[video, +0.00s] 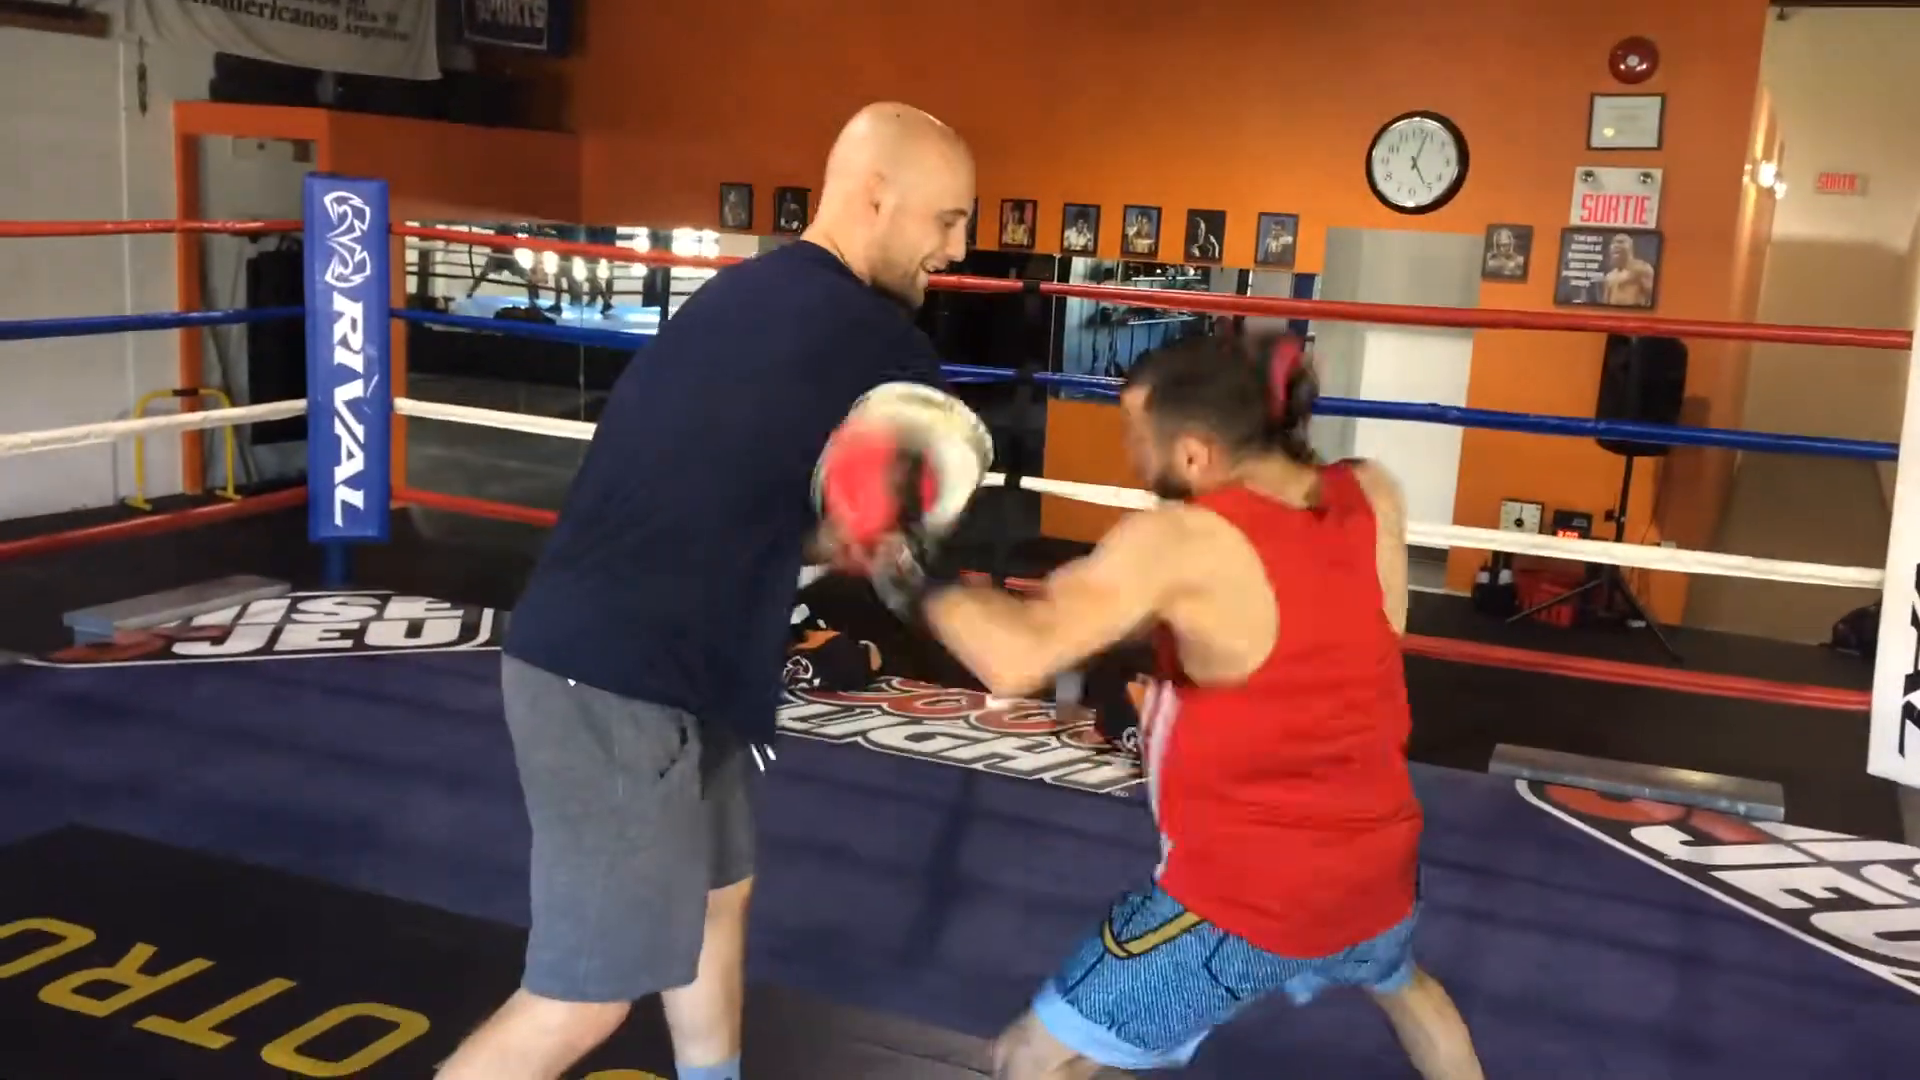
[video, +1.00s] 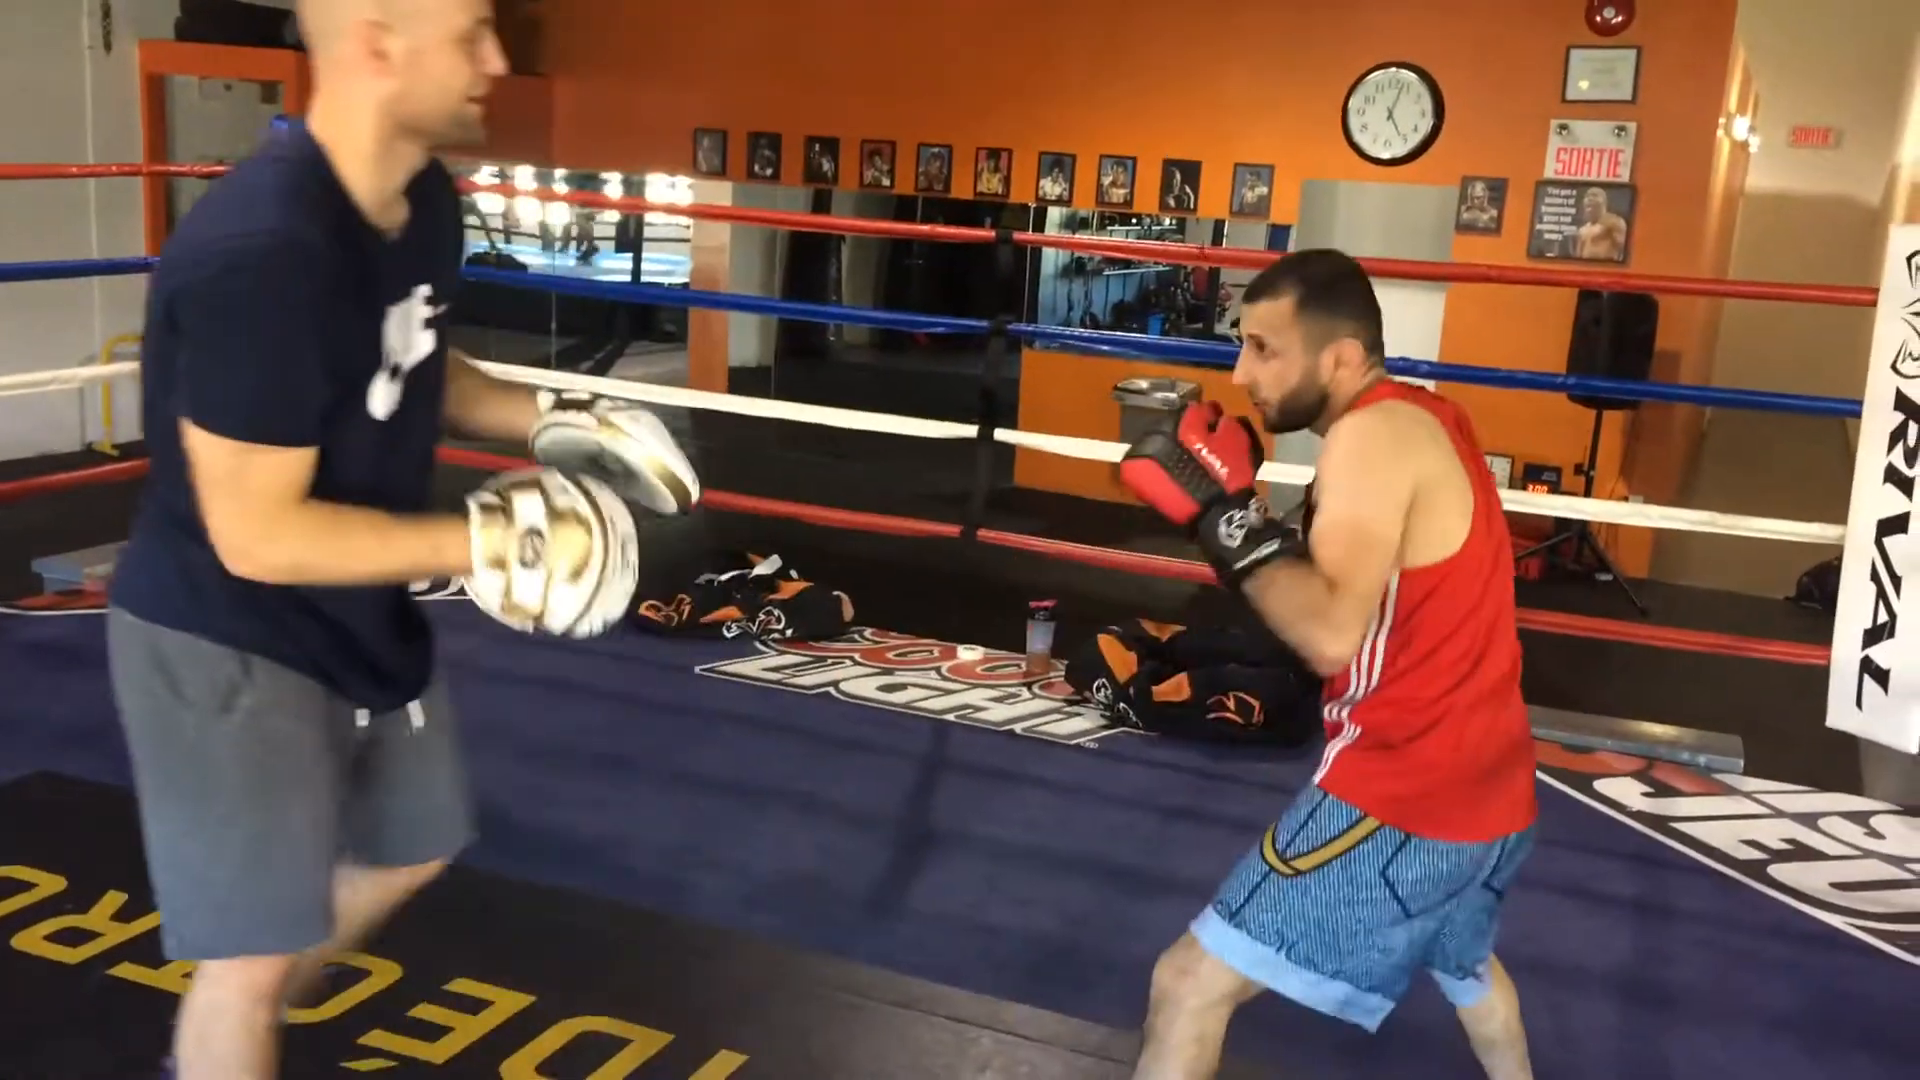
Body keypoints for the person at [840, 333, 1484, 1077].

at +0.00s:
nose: (1131, 458)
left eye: (1138, 441)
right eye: (1131, 439)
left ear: (1196, 455)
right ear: (1262, 431)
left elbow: (1013, 658)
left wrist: (914, 573)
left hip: (1244, 894)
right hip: (1378, 871)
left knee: (1031, 1059)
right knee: (1405, 987)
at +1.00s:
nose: (1242, 376)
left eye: (1264, 350)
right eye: (1243, 349)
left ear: (1342, 357)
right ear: (1348, 359)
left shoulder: (1374, 436)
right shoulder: (1424, 418)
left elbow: (1329, 633)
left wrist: (1225, 515)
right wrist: (1246, 515)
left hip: (1400, 796)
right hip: (1486, 791)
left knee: (1191, 984)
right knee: (1467, 964)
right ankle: (1515, 1076)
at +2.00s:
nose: (1042, 462)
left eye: (1057, 439)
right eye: (1044, 437)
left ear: (1128, 448)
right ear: (1147, 446)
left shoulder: (1145, 539)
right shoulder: (1279, 512)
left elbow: (1040, 734)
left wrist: (979, 606)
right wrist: (1059, 564)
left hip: (1215, 933)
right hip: (1351, 924)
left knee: (1045, 1069)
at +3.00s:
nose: (1040, 440)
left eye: (1056, 417)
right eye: (1048, 416)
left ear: (1123, 438)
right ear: (1133, 439)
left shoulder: (1187, 560)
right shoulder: (1199, 517)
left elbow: (1129, 786)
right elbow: (1012, 527)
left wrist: (967, 740)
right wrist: (902, 483)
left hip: (1177, 966)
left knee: (951, 1071)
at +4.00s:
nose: (961, 468)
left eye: (960, 441)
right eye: (956, 442)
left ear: (1014, 441)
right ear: (1090, 411)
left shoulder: (1017, 549)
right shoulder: (1229, 480)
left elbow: (941, 787)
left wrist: (802, 688)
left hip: (1090, 964)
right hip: (1264, 942)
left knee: (893, 1066)